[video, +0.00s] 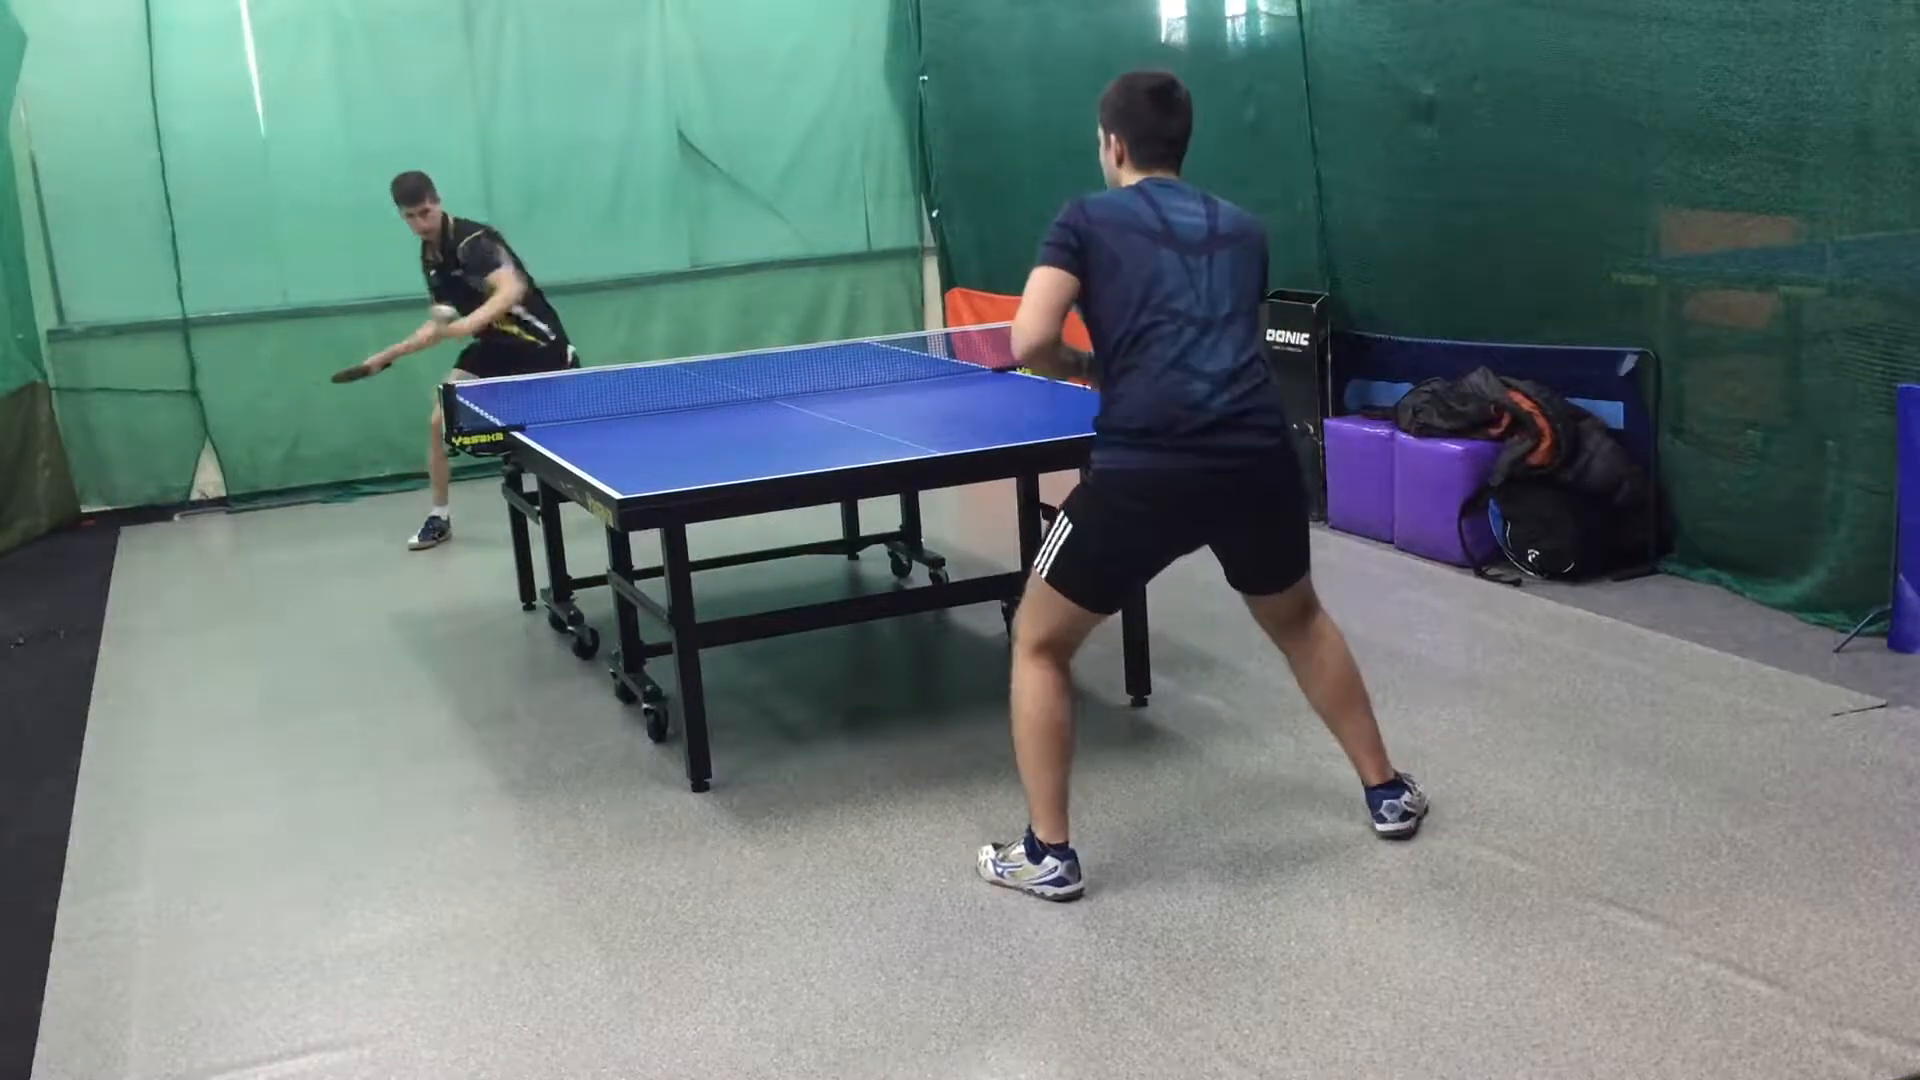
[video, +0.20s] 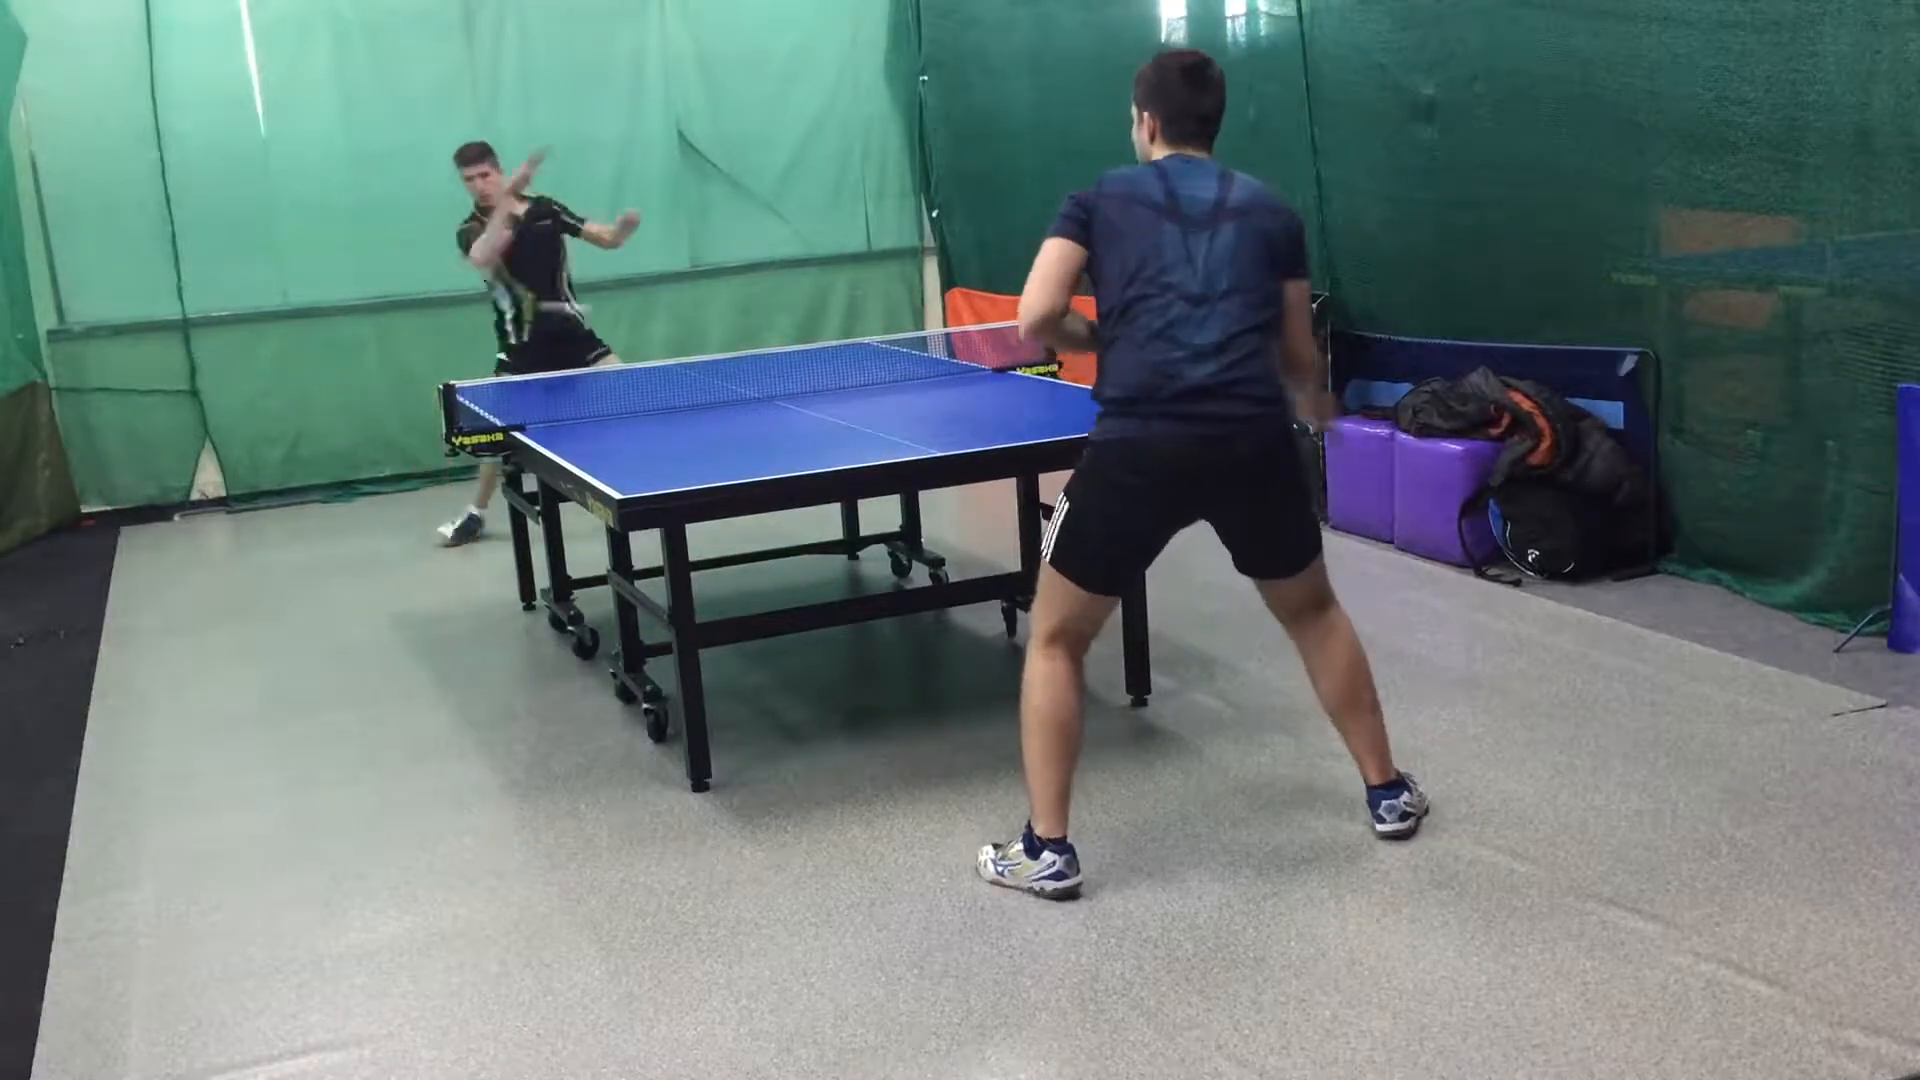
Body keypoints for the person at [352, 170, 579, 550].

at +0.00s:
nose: (421, 224)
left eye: (426, 213)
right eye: (411, 217)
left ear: (439, 202)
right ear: (403, 216)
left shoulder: (475, 240)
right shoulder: (430, 253)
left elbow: (513, 289)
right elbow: (443, 317)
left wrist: (461, 326)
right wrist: (394, 352)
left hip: (543, 345)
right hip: (494, 344)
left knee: (567, 425)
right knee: (441, 419)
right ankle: (439, 515)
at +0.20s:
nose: (478, 186)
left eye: (484, 176)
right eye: (470, 180)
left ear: (503, 174)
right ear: (464, 185)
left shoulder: (542, 209)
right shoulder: (471, 230)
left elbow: (602, 238)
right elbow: (482, 258)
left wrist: (620, 231)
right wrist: (510, 201)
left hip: (569, 332)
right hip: (520, 343)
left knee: (629, 390)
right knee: (498, 425)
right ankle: (477, 511)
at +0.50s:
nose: (504, 176)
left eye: (509, 166)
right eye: (495, 170)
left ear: (519, 163)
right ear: (482, 173)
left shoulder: (556, 206)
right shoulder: (478, 225)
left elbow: (607, 246)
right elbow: (473, 286)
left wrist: (640, 268)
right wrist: (503, 266)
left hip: (568, 328)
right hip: (510, 338)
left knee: (617, 398)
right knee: (473, 416)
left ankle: (635, 491)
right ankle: (454, 512)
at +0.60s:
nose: (481, 183)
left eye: (486, 174)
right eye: (471, 177)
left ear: (496, 171)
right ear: (459, 181)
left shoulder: (531, 212)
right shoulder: (454, 231)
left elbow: (579, 267)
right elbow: (446, 307)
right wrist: (474, 300)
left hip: (550, 322)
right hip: (500, 330)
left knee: (603, 396)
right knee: (464, 410)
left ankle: (624, 490)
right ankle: (451, 510)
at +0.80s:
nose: (455, 188)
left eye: (459, 179)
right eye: (445, 183)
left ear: (468, 174)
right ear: (432, 186)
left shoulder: (503, 220)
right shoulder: (438, 233)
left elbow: (527, 293)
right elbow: (442, 298)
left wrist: (480, 334)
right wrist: (402, 334)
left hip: (542, 320)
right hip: (494, 328)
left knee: (586, 401)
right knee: (457, 408)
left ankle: (618, 491)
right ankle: (449, 511)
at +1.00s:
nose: (475, 166)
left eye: (481, 157)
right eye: (465, 159)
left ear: (490, 155)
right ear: (452, 162)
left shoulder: (518, 204)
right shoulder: (452, 215)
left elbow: (551, 271)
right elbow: (468, 281)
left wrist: (513, 314)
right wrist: (438, 321)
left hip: (548, 314)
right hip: (500, 321)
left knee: (590, 400)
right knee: (461, 403)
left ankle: (623, 491)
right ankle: (452, 509)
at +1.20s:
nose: (497, 161)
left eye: (503, 152)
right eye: (487, 154)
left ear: (511, 151)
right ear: (472, 156)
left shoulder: (542, 197)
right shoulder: (463, 214)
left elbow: (577, 256)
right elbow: (471, 280)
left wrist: (570, 301)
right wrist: (488, 307)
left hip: (557, 315)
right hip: (507, 323)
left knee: (602, 398)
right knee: (466, 405)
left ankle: (627, 493)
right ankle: (454, 510)